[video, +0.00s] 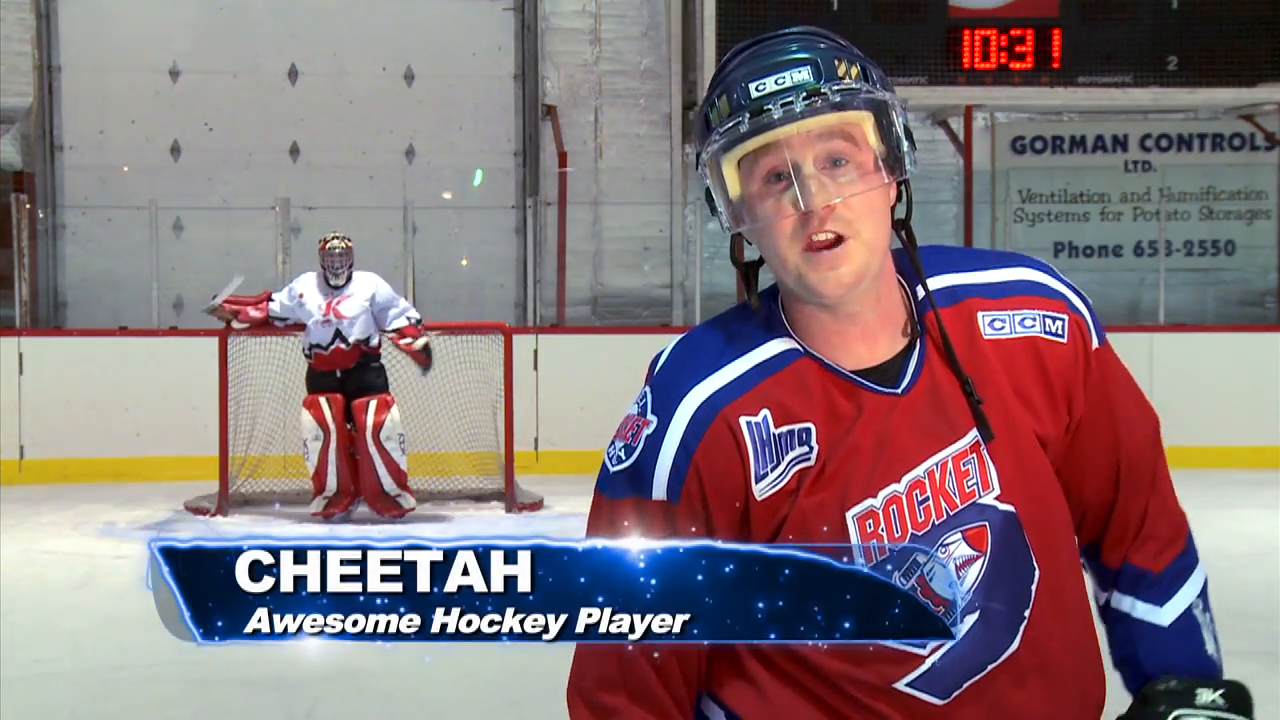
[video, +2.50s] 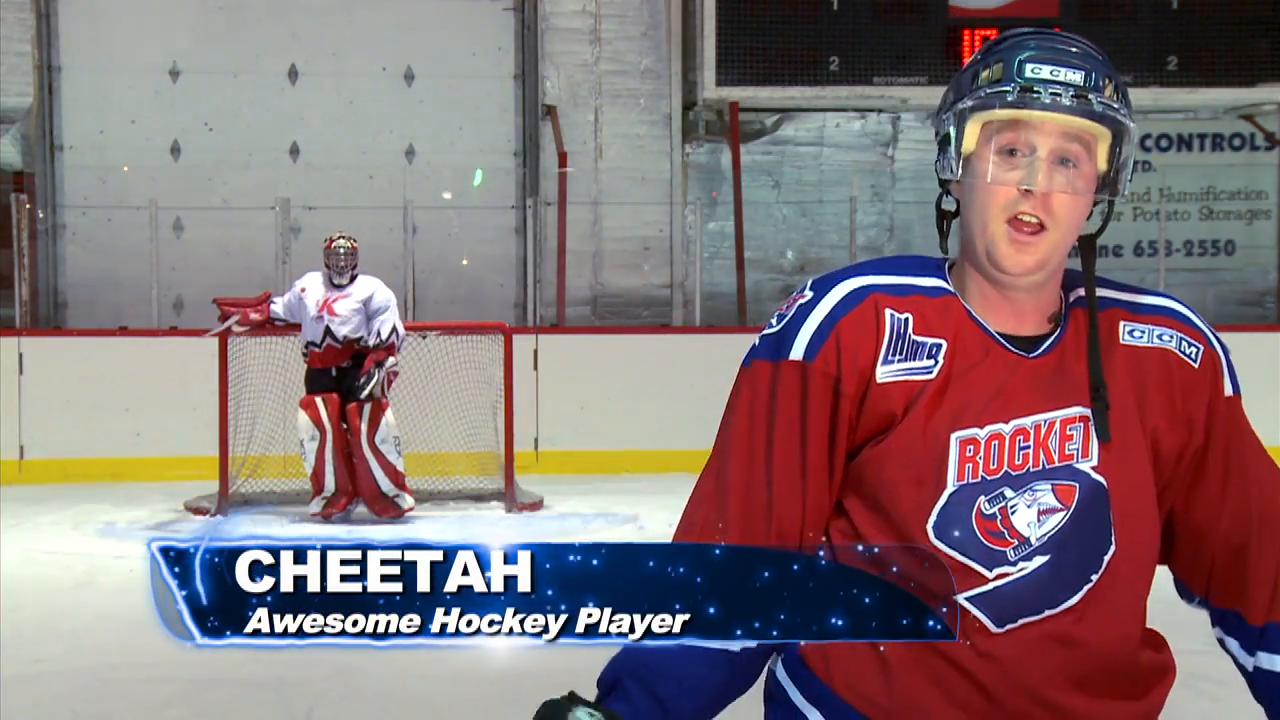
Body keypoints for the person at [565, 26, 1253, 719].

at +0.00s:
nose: (815, 201)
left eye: (837, 163)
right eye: (779, 180)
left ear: (889, 180)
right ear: (741, 221)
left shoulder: (1036, 314)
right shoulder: (689, 413)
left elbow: (1139, 527)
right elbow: (626, 689)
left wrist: (1187, 698)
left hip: (1052, 710)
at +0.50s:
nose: (840, 209)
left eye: (868, 171)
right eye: (805, 183)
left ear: (921, 185)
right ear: (771, 216)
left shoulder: (1063, 316)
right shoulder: (710, 413)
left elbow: (1229, 501)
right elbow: (621, 684)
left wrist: (1272, 648)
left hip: (1056, 702)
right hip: (821, 711)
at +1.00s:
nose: (884, 174)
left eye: (911, 140)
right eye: (849, 151)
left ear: (961, 163)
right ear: (810, 186)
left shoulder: (1084, 327)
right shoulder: (740, 368)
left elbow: (1208, 578)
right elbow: (633, 652)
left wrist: (1264, 701)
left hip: (1062, 707)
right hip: (819, 713)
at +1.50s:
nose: (884, 176)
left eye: (911, 144)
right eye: (851, 153)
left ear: (959, 170)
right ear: (812, 187)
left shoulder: (1080, 327)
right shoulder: (747, 368)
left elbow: (1198, 581)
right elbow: (635, 645)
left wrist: (1268, 700)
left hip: (1068, 708)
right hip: (828, 715)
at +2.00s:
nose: (987, 174)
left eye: (1018, 148)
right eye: (957, 140)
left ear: (1050, 178)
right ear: (905, 156)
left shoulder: (1135, 342)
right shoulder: (798, 337)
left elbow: (1258, 583)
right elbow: (696, 602)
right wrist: (633, 715)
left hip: (1082, 704)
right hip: (848, 708)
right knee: (617, 689)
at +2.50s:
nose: (1037, 187)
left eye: (1068, 161)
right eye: (1010, 152)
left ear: (1098, 188)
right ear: (959, 164)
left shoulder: (1169, 352)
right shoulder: (844, 328)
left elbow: (1263, 596)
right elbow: (732, 576)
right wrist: (620, 709)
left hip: (1103, 708)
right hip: (869, 707)